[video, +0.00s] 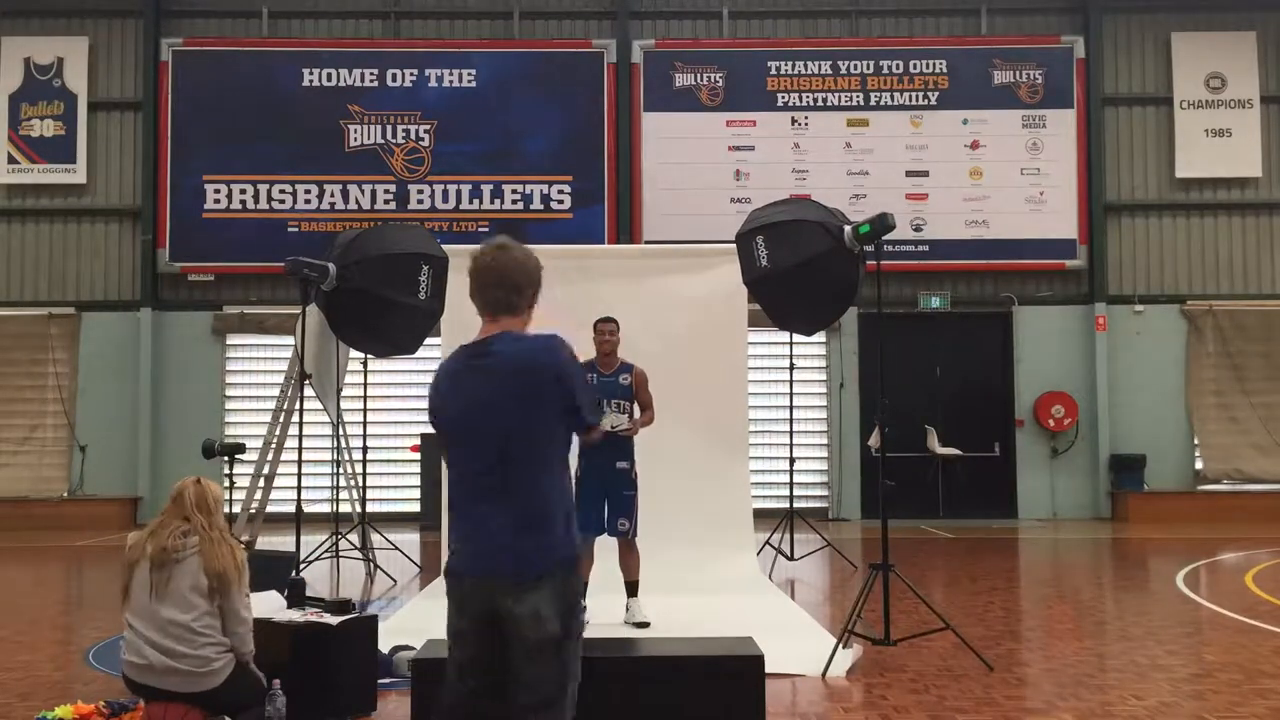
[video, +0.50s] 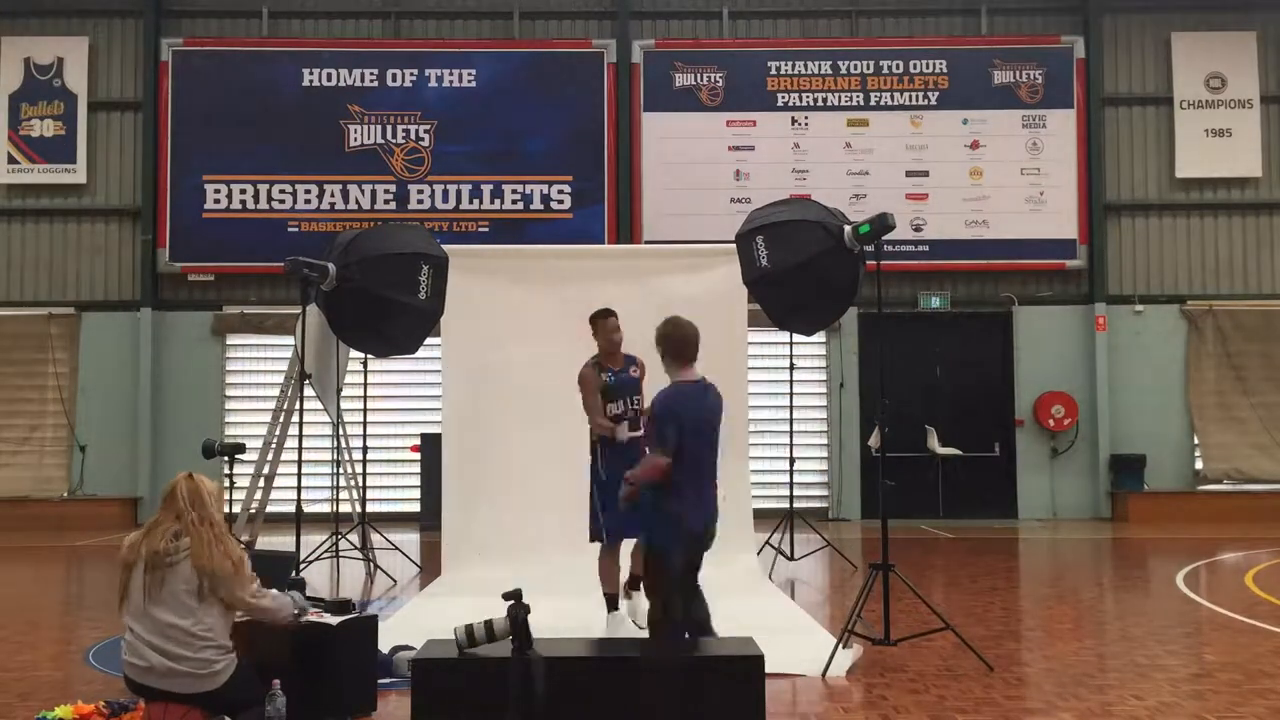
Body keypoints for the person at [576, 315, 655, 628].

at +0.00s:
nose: (606, 339)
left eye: (611, 334)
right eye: (601, 334)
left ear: (619, 339)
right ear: (593, 338)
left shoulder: (634, 375)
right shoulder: (579, 373)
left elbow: (648, 412)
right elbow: (566, 408)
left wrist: (637, 424)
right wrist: (583, 428)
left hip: (621, 464)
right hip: (588, 464)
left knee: (626, 535)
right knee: (584, 535)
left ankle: (633, 603)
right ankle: (578, 604)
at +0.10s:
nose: (608, 338)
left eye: (612, 333)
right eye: (602, 333)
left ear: (620, 338)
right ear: (592, 338)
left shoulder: (635, 374)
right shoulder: (582, 372)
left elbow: (648, 412)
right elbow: (570, 405)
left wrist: (637, 423)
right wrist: (584, 423)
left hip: (620, 454)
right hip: (585, 453)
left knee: (626, 532)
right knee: (582, 531)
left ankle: (633, 602)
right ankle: (581, 604)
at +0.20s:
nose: (609, 338)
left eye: (613, 334)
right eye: (604, 334)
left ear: (620, 339)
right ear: (592, 338)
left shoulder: (634, 374)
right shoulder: (582, 373)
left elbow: (648, 411)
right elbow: (568, 407)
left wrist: (637, 423)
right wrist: (581, 426)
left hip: (620, 456)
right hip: (585, 456)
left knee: (626, 533)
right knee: (585, 533)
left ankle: (633, 602)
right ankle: (577, 606)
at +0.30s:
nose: (606, 337)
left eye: (611, 333)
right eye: (601, 333)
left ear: (619, 338)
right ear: (593, 338)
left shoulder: (634, 375)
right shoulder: (577, 375)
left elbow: (648, 411)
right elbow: (562, 413)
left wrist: (637, 423)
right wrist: (575, 424)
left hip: (621, 461)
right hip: (590, 461)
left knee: (626, 535)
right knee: (584, 535)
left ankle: (632, 603)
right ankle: (579, 605)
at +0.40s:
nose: (607, 338)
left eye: (612, 333)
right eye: (602, 333)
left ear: (620, 338)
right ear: (594, 338)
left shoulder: (634, 375)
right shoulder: (577, 374)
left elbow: (648, 412)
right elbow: (565, 413)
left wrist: (636, 423)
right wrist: (588, 428)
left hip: (622, 465)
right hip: (587, 464)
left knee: (625, 537)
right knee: (587, 533)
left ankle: (633, 604)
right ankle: (585, 601)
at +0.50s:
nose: (616, 336)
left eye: (618, 330)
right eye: (609, 332)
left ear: (622, 332)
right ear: (596, 337)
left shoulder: (637, 365)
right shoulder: (590, 373)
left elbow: (637, 409)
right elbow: (595, 419)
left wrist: (655, 418)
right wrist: (615, 429)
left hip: (639, 453)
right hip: (608, 457)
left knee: (650, 527)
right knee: (612, 536)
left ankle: (633, 591)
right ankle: (613, 613)